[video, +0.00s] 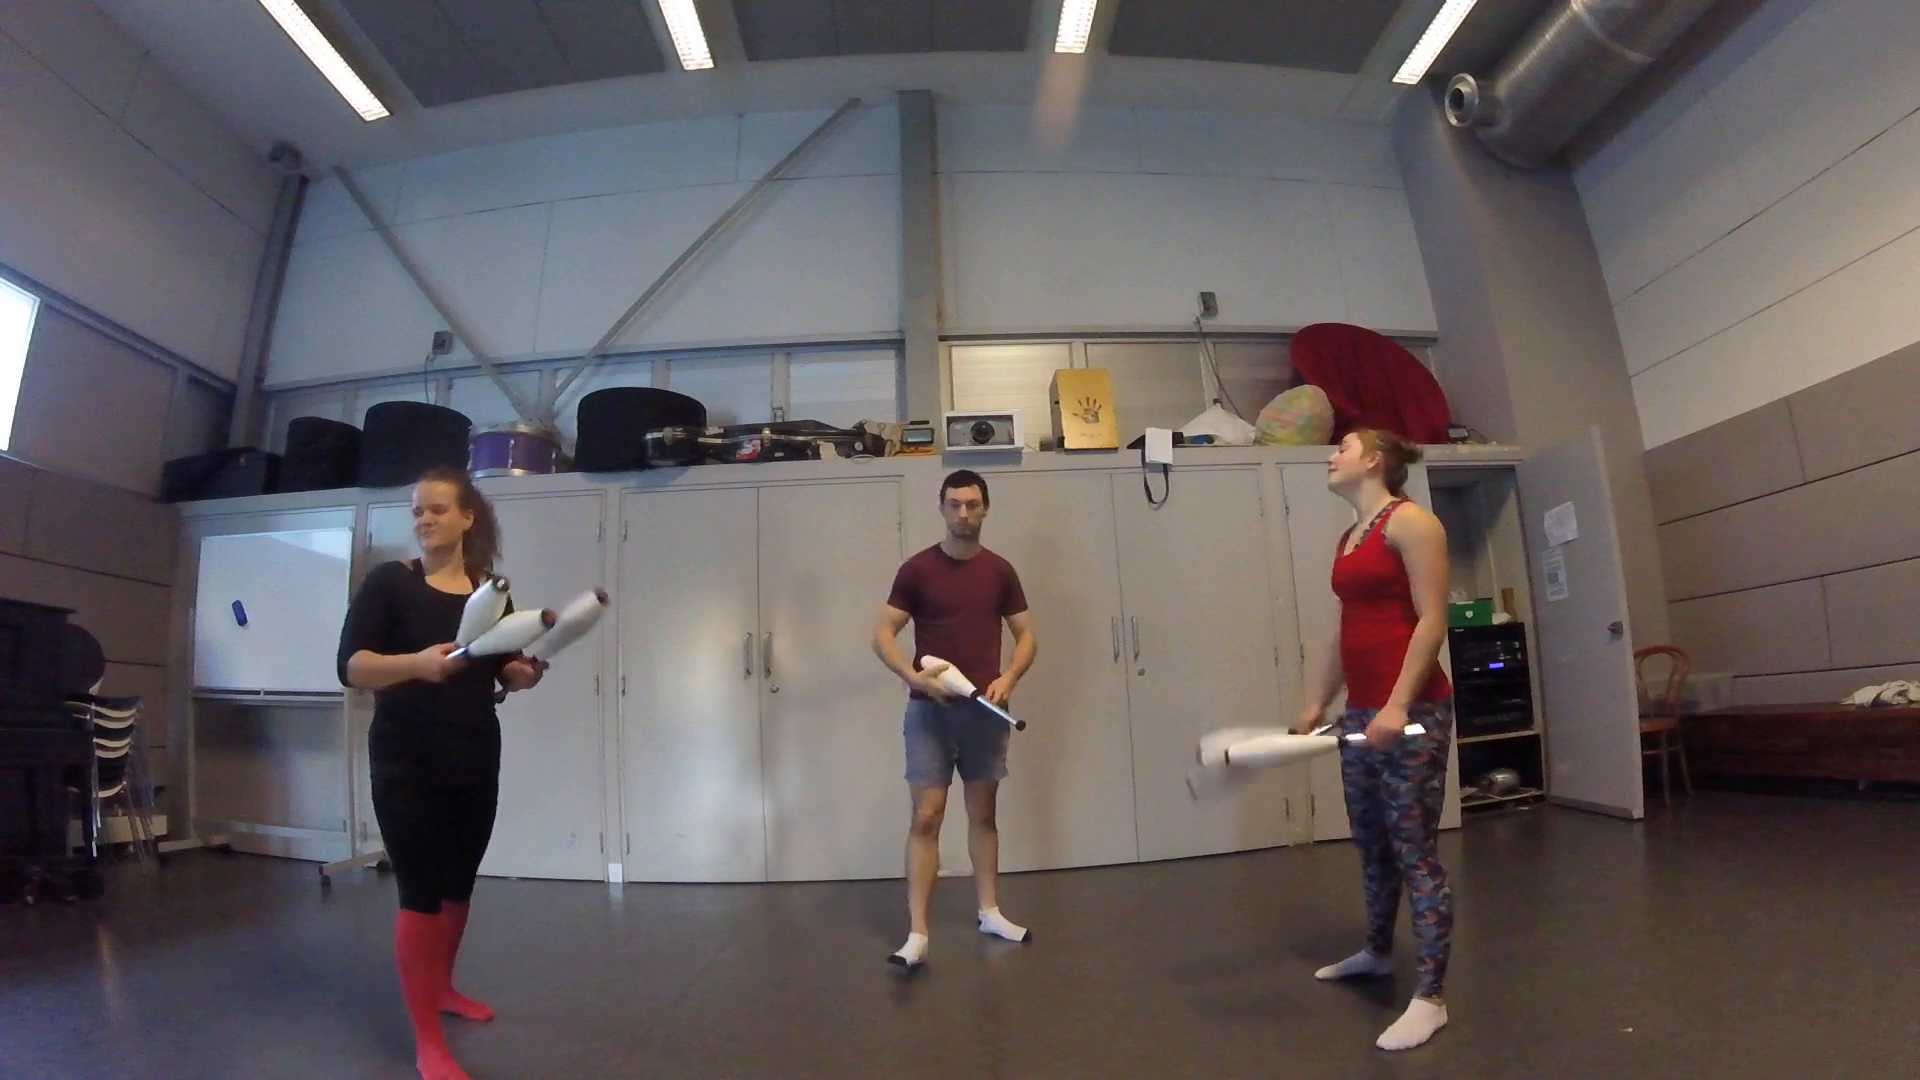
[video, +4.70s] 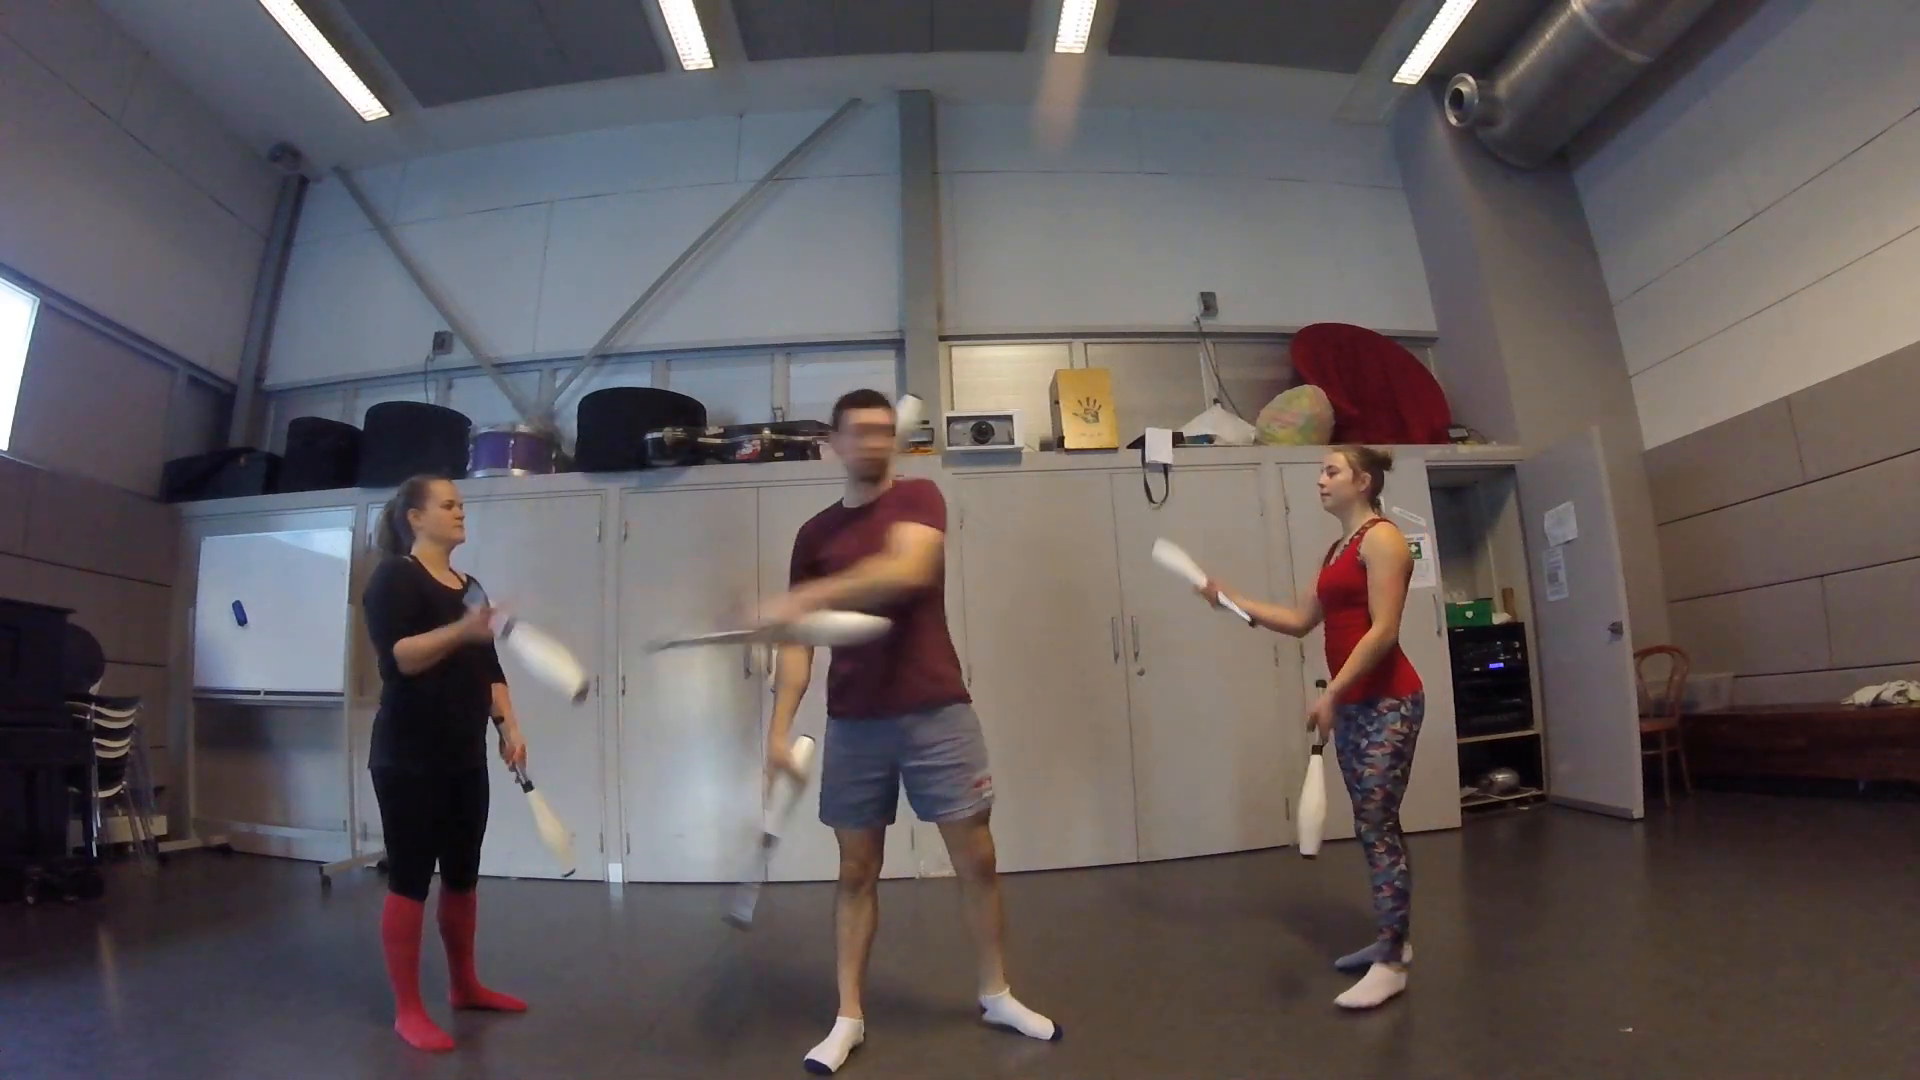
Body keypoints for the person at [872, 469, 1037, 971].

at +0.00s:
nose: (964, 512)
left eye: (973, 504)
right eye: (955, 504)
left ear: (985, 511)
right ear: (942, 510)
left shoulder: (999, 570)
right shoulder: (917, 570)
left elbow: (1026, 638)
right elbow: (883, 637)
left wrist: (1009, 679)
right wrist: (912, 676)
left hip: (985, 709)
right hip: (930, 708)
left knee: (983, 814)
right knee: (926, 818)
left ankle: (989, 912)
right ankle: (918, 934)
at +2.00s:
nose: (895, 510)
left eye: (902, 503)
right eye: (886, 504)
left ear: (918, 513)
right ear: (875, 513)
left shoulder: (941, 570)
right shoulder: (859, 575)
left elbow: (964, 634)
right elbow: (847, 648)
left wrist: (979, 697)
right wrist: (838, 718)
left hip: (932, 708)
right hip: (878, 708)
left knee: (924, 814)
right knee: (891, 815)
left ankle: (924, 912)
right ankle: (902, 919)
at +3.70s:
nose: (873, 462)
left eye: (884, 452)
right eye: (872, 454)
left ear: (921, 459)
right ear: (879, 467)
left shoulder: (966, 535)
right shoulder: (862, 544)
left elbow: (997, 619)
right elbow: (844, 631)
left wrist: (1008, 698)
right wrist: (825, 711)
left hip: (954, 722)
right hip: (879, 722)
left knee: (960, 850)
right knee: (871, 854)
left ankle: (968, 980)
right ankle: (867, 1000)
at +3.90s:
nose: (846, 460)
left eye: (856, 449)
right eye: (845, 451)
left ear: (897, 453)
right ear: (878, 457)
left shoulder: (946, 527)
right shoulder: (841, 541)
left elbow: (965, 617)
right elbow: (824, 634)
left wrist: (922, 674)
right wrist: (804, 719)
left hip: (940, 725)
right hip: (861, 725)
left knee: (956, 857)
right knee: (854, 863)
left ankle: (965, 981)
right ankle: (845, 1016)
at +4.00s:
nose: (831, 453)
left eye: (842, 442)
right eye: (832, 443)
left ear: (882, 446)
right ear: (858, 451)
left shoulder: (931, 517)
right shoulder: (827, 535)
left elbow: (923, 607)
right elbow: (813, 632)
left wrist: (837, 638)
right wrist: (786, 716)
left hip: (926, 716)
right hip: (849, 722)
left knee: (964, 855)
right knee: (849, 865)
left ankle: (971, 973)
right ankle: (845, 1015)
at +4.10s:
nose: (818, 451)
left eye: (827, 440)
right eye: (817, 442)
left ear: (868, 442)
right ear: (855, 445)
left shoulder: (915, 511)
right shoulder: (820, 535)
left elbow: (863, 583)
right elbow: (802, 630)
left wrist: (755, 596)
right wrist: (774, 711)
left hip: (917, 714)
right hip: (839, 720)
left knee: (966, 854)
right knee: (844, 866)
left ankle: (990, 971)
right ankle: (845, 1018)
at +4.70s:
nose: (876, 443)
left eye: (885, 432)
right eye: (862, 432)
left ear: (898, 440)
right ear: (833, 443)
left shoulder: (918, 498)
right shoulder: (814, 537)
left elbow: (910, 570)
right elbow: (797, 640)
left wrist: (807, 598)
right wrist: (779, 732)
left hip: (937, 711)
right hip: (857, 721)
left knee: (979, 860)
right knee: (856, 871)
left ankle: (996, 995)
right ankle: (848, 1017)